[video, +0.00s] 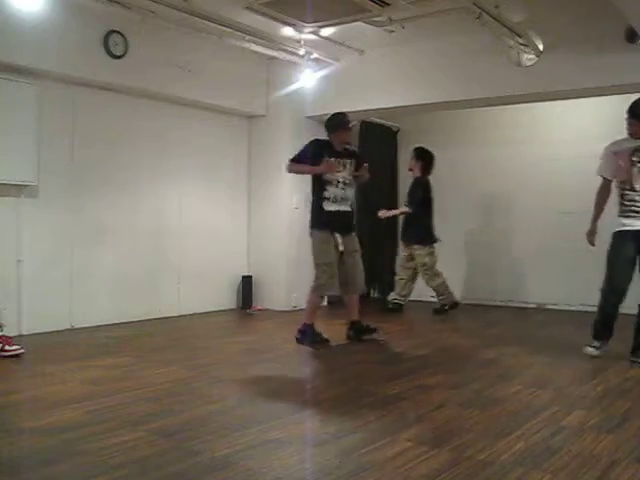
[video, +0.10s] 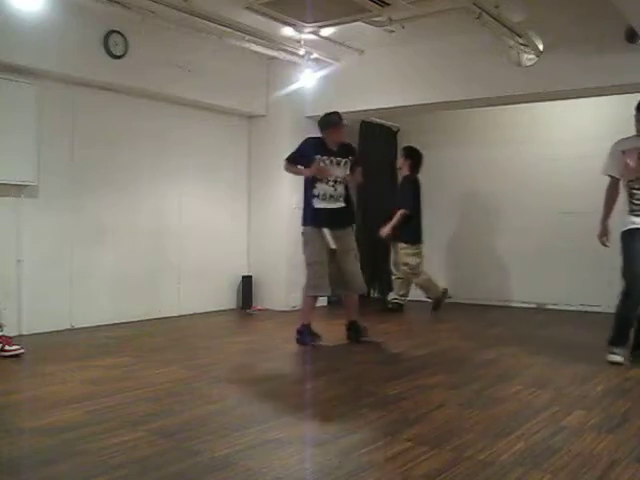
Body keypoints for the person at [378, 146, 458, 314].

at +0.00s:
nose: (409, 162)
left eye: (413, 159)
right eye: (411, 159)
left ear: (419, 163)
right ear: (422, 164)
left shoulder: (421, 184)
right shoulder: (418, 183)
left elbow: (411, 208)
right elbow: (417, 210)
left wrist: (389, 213)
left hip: (421, 237)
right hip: (410, 236)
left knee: (428, 272)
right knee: (405, 272)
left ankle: (447, 299)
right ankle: (397, 300)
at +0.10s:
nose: (398, 161)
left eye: (400, 158)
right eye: (399, 158)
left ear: (407, 161)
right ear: (412, 162)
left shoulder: (409, 182)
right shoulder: (407, 181)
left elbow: (404, 209)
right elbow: (404, 208)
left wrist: (389, 226)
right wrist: (393, 225)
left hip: (409, 234)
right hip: (402, 234)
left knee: (410, 268)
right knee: (400, 269)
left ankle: (437, 293)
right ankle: (397, 299)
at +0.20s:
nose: (387, 159)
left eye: (391, 156)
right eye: (389, 156)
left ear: (398, 161)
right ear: (398, 160)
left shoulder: (399, 181)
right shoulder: (398, 180)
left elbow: (396, 209)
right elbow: (395, 209)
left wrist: (397, 232)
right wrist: (391, 230)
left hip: (396, 234)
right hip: (395, 233)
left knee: (392, 267)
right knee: (395, 268)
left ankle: (419, 290)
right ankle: (396, 298)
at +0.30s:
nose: (377, 159)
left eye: (381, 156)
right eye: (378, 156)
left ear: (390, 160)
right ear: (383, 161)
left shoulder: (395, 180)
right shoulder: (380, 180)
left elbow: (398, 208)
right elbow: (370, 205)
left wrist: (399, 230)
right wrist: (358, 221)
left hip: (387, 231)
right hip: (379, 230)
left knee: (375, 260)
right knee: (391, 266)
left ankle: (391, 294)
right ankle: (395, 297)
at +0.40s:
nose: (367, 160)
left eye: (371, 157)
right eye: (368, 157)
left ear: (379, 161)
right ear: (372, 161)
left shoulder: (386, 181)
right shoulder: (369, 181)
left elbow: (396, 206)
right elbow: (357, 205)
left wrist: (397, 229)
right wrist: (336, 215)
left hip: (382, 230)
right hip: (372, 229)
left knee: (366, 262)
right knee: (383, 266)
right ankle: (394, 297)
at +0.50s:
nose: (357, 159)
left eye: (361, 157)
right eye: (359, 156)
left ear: (369, 161)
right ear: (365, 162)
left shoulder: (376, 181)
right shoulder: (360, 180)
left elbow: (386, 207)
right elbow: (349, 202)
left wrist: (393, 229)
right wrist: (328, 212)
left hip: (374, 230)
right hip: (365, 229)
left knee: (360, 267)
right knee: (378, 268)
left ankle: (349, 299)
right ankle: (393, 295)